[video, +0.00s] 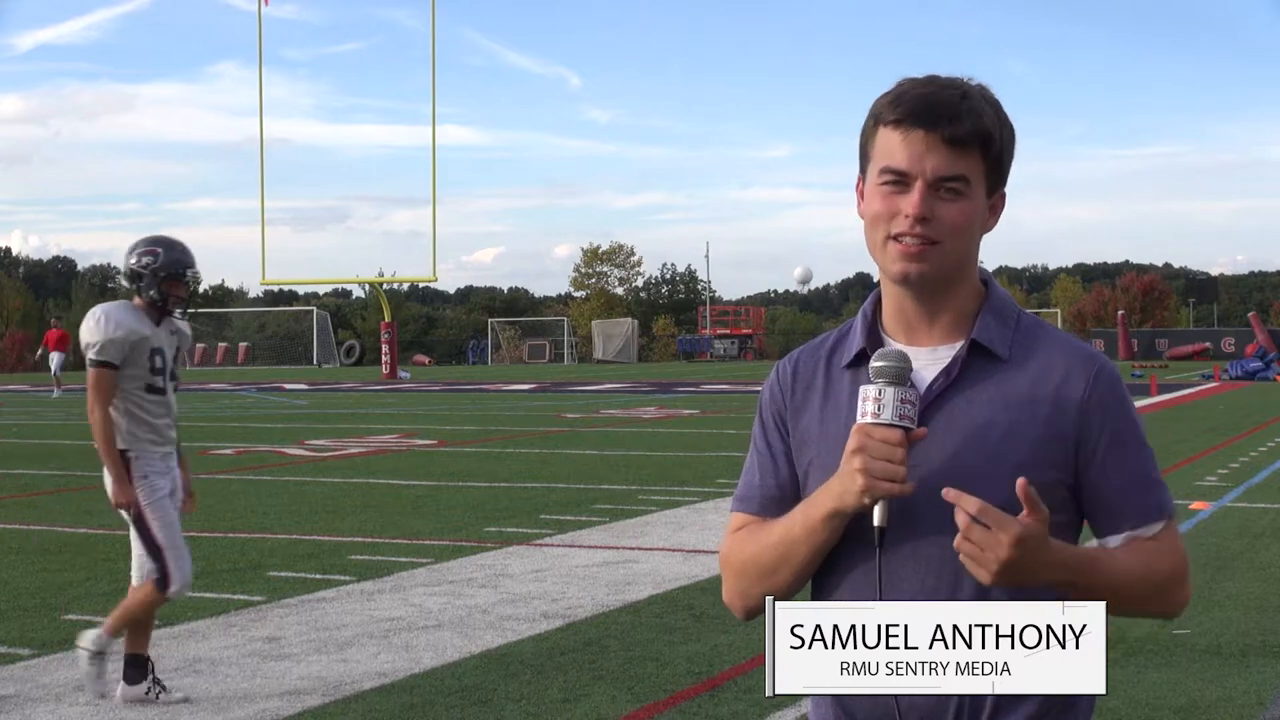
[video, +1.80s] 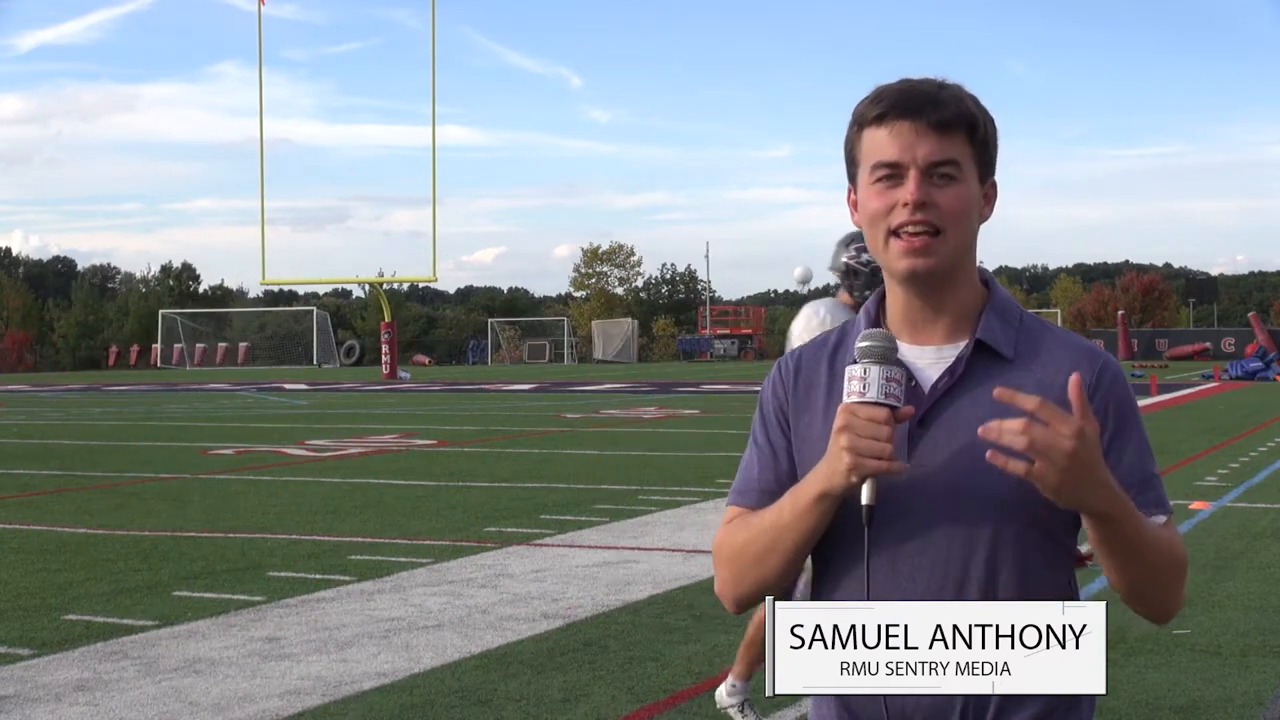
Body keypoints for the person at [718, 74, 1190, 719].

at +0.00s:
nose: (914, 211)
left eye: (949, 188)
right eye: (893, 182)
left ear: (993, 208)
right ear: (861, 196)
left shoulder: (1076, 381)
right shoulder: (798, 382)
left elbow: (1167, 581)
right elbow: (740, 587)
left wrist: (1053, 564)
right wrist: (837, 496)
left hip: (1022, 708)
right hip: (845, 707)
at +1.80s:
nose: (913, 197)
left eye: (942, 174)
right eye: (887, 176)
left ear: (987, 198)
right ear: (856, 205)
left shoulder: (1079, 374)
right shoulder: (799, 378)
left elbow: (1162, 600)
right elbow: (733, 584)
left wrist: (1097, 493)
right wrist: (827, 479)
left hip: (1028, 704)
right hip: (851, 707)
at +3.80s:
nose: (900, 199)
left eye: (934, 180)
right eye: (881, 177)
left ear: (989, 204)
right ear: (858, 199)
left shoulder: (1080, 376)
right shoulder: (801, 384)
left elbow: (1151, 591)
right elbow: (748, 584)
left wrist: (1044, 503)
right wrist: (820, 513)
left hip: (1036, 705)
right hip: (858, 706)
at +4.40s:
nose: (917, 196)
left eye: (947, 174)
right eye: (894, 174)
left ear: (995, 200)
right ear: (865, 206)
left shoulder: (1089, 380)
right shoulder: (800, 385)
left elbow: (1162, 573)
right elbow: (740, 588)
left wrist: (1060, 536)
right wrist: (838, 533)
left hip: (1040, 707)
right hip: (857, 709)